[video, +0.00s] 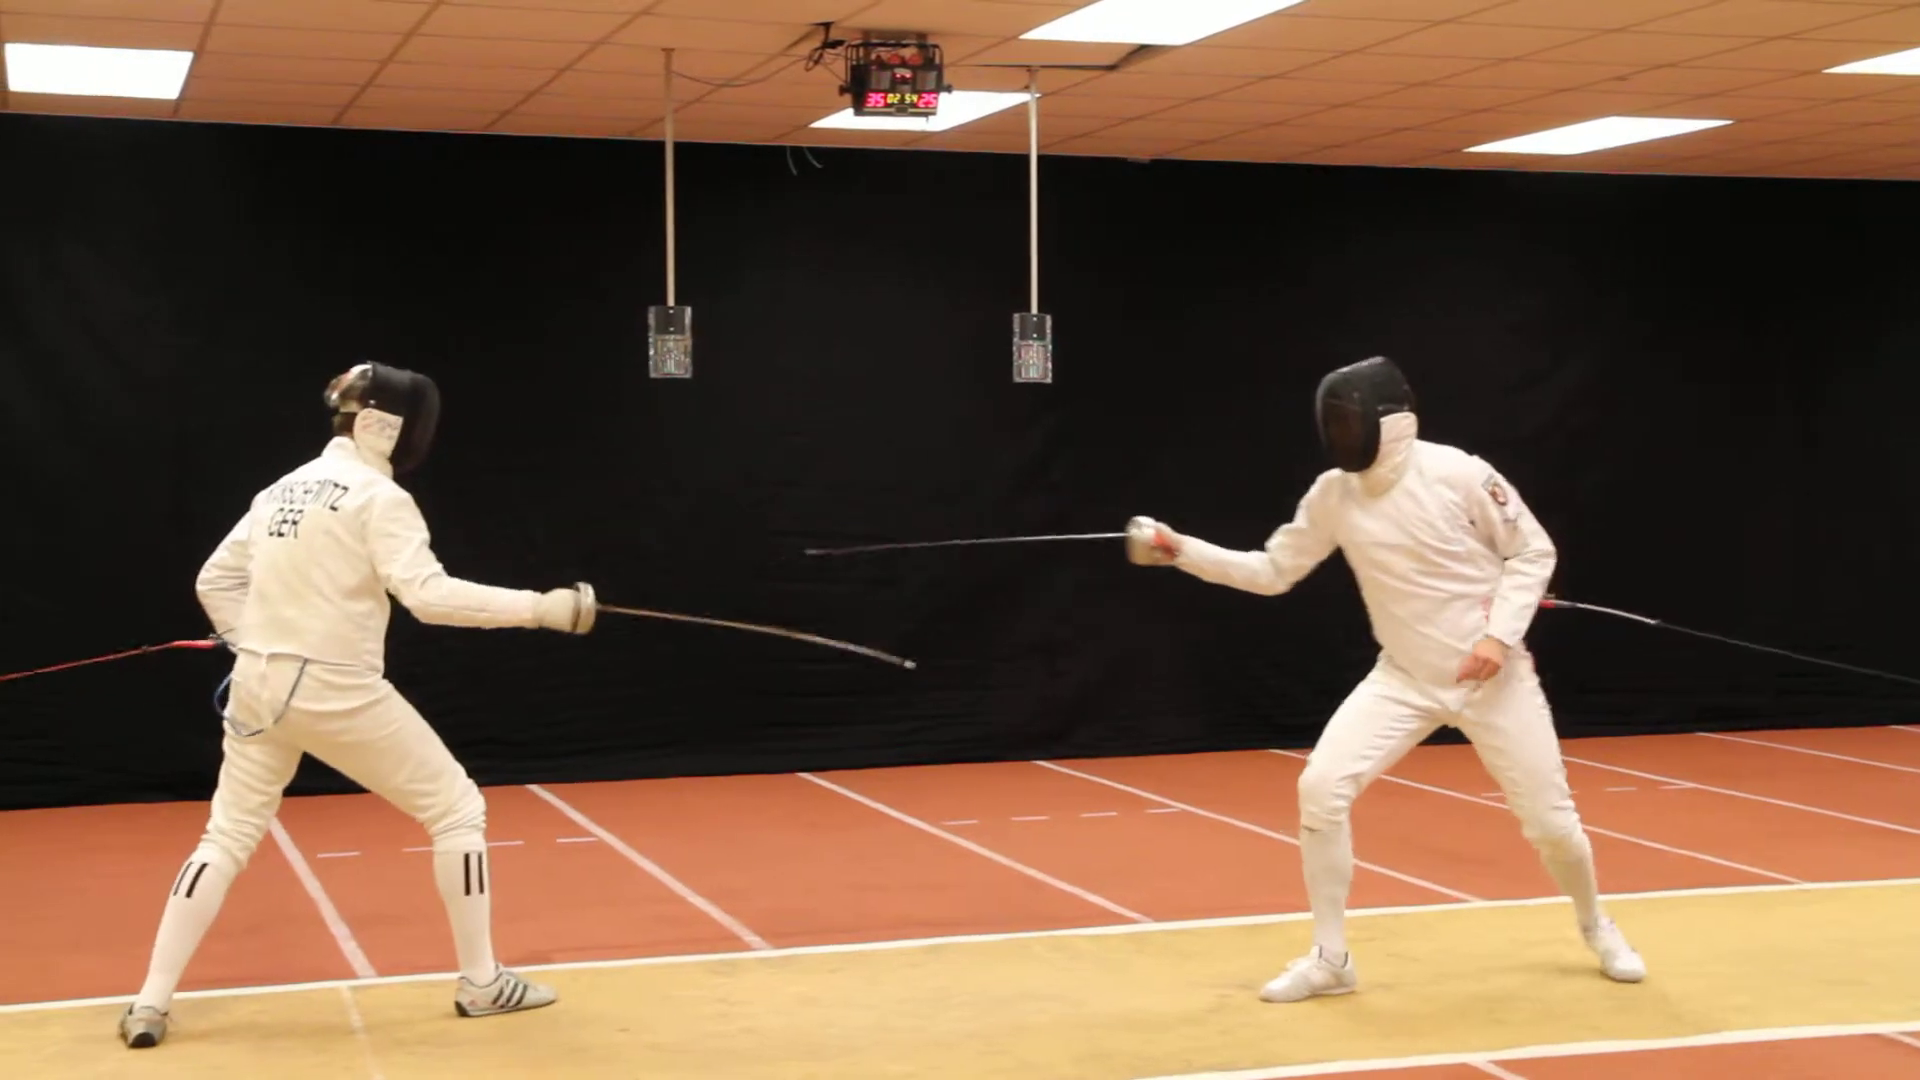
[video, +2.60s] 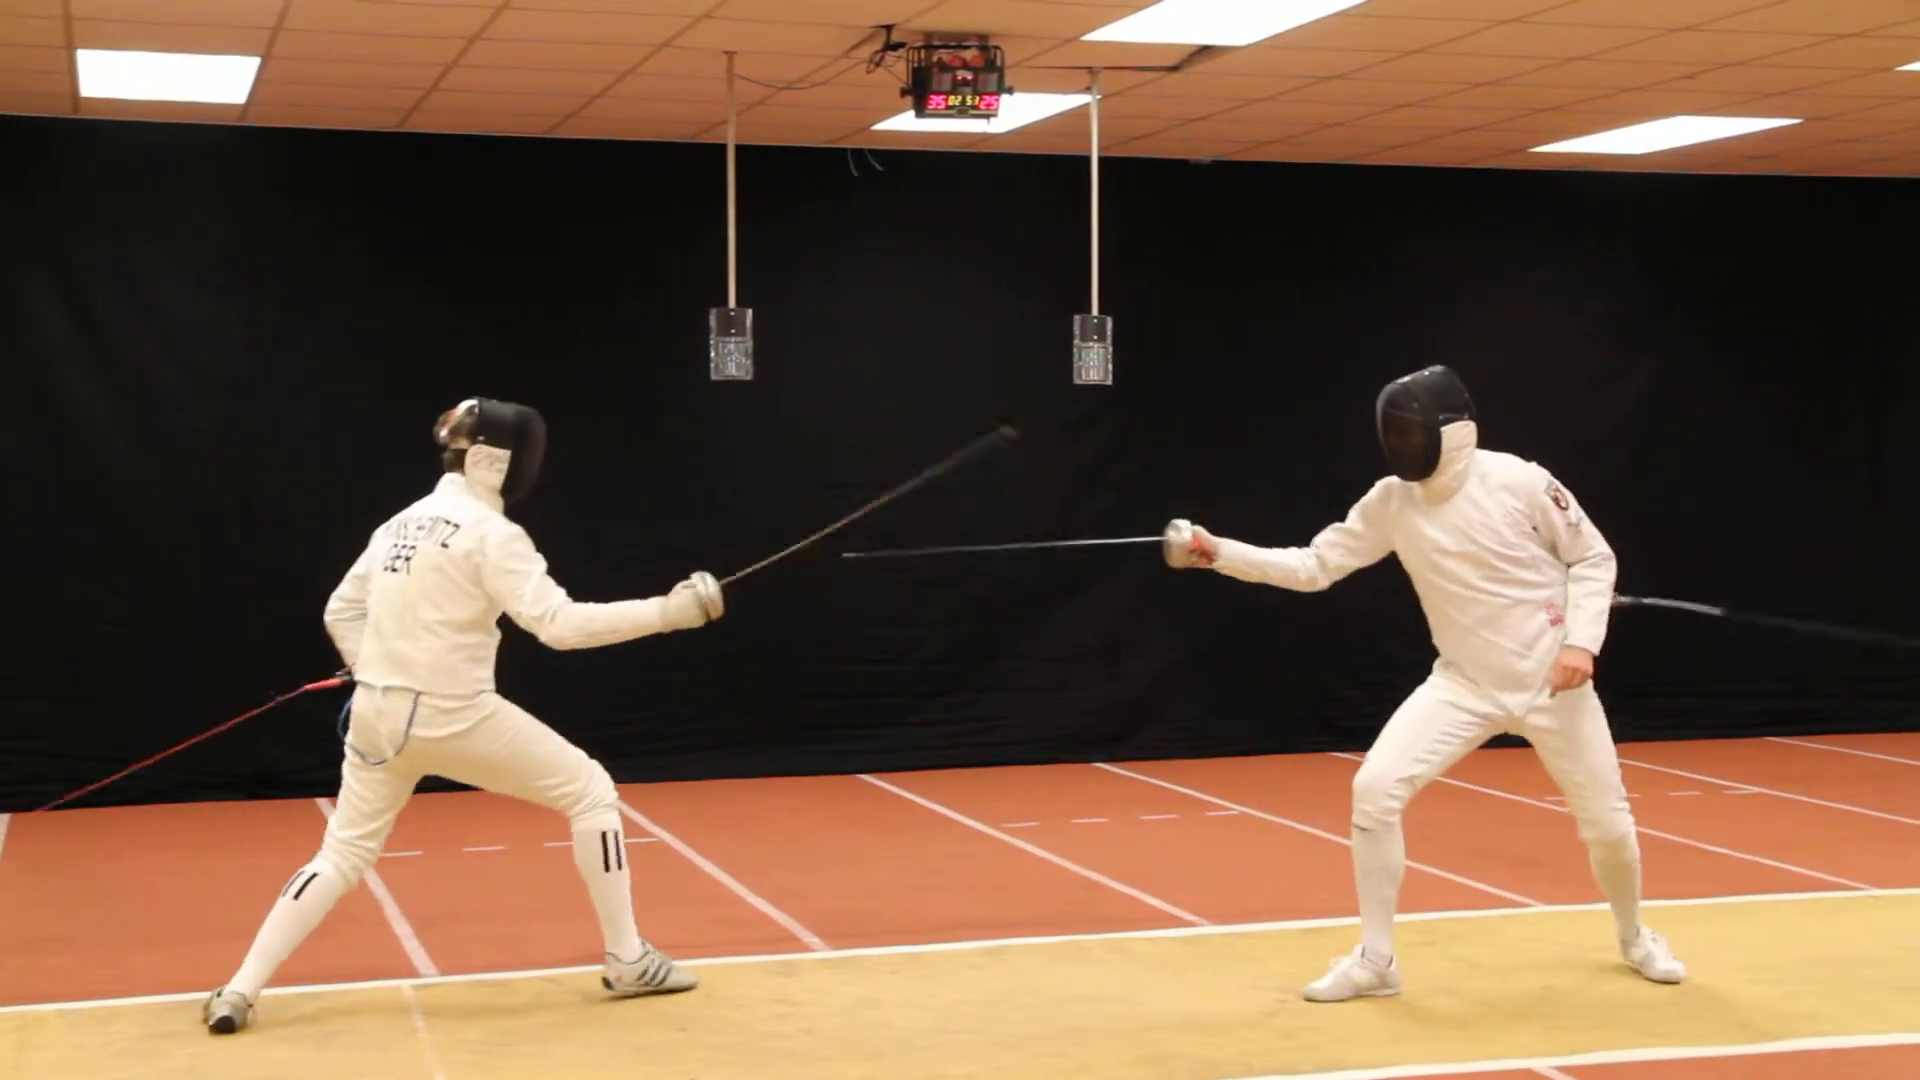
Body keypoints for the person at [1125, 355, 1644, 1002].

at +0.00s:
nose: (1339, 435)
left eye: (1351, 420)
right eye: (1335, 422)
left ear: (1390, 419)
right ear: (1334, 427)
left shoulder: (1460, 476)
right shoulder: (1334, 496)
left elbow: (1534, 554)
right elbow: (1271, 571)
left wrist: (1498, 636)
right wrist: (1178, 549)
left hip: (1496, 679)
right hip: (1402, 679)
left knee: (1554, 826)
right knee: (1321, 790)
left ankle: (1597, 929)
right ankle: (1329, 959)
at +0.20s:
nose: (1409, 417)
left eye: (1422, 403)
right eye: (1406, 404)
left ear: (1464, 402)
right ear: (1406, 408)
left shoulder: (1529, 461)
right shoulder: (1406, 480)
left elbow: (1603, 541)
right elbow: (1352, 559)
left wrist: (1549, 616)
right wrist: (1264, 543)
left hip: (1558, 665)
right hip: (1466, 666)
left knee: (1590, 815)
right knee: (1393, 788)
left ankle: (1615, 936)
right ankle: (1354, 952)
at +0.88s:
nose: (1368, 427)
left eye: (1380, 414)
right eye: (1365, 414)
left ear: (1425, 414)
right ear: (1369, 418)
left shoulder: (1496, 472)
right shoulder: (1365, 485)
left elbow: (1559, 553)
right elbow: (1279, 535)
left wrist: (1534, 635)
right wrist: (1176, 517)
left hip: (1510, 681)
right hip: (1416, 676)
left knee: (1562, 822)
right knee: (1341, 793)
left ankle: (1603, 940)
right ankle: (1326, 962)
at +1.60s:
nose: (1381, 432)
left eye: (1393, 417)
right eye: (1376, 419)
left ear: (1435, 416)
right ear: (1377, 423)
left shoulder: (1505, 477)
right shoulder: (1380, 495)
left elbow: (1575, 562)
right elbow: (1341, 581)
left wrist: (1542, 640)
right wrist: (1252, 557)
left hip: (1528, 684)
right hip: (1435, 682)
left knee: (1591, 831)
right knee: (1355, 799)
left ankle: (1638, 923)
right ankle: (1313, 962)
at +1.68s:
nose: (1407, 427)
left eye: (1418, 413)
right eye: (1404, 414)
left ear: (1462, 413)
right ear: (1410, 416)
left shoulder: (1535, 473)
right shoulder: (1410, 491)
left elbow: (1604, 558)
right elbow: (1369, 576)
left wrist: (1562, 634)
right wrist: (1282, 559)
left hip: (1562, 677)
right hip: (1469, 677)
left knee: (1607, 824)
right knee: (1393, 805)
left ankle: (1642, 930)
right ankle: (1331, 957)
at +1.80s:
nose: (1445, 423)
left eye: (1459, 409)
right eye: (1442, 410)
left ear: (1505, 410)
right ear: (1442, 413)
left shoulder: (1568, 472)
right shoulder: (1442, 488)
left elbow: (1644, 551)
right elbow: (1392, 569)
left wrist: (1598, 626)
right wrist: (1307, 546)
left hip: (1590, 675)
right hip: (1500, 675)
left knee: (1623, 826)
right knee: (1425, 785)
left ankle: (1642, 933)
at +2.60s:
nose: (1392, 445)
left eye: (1404, 431)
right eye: (1388, 432)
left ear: (1448, 430)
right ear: (1391, 436)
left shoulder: (1519, 483)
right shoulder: (1392, 504)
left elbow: (1592, 560)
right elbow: (1312, 566)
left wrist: (1580, 644)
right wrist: (1215, 551)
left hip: (1554, 684)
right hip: (1461, 686)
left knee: (1612, 829)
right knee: (1375, 792)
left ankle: (1635, 938)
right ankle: (1375, 958)